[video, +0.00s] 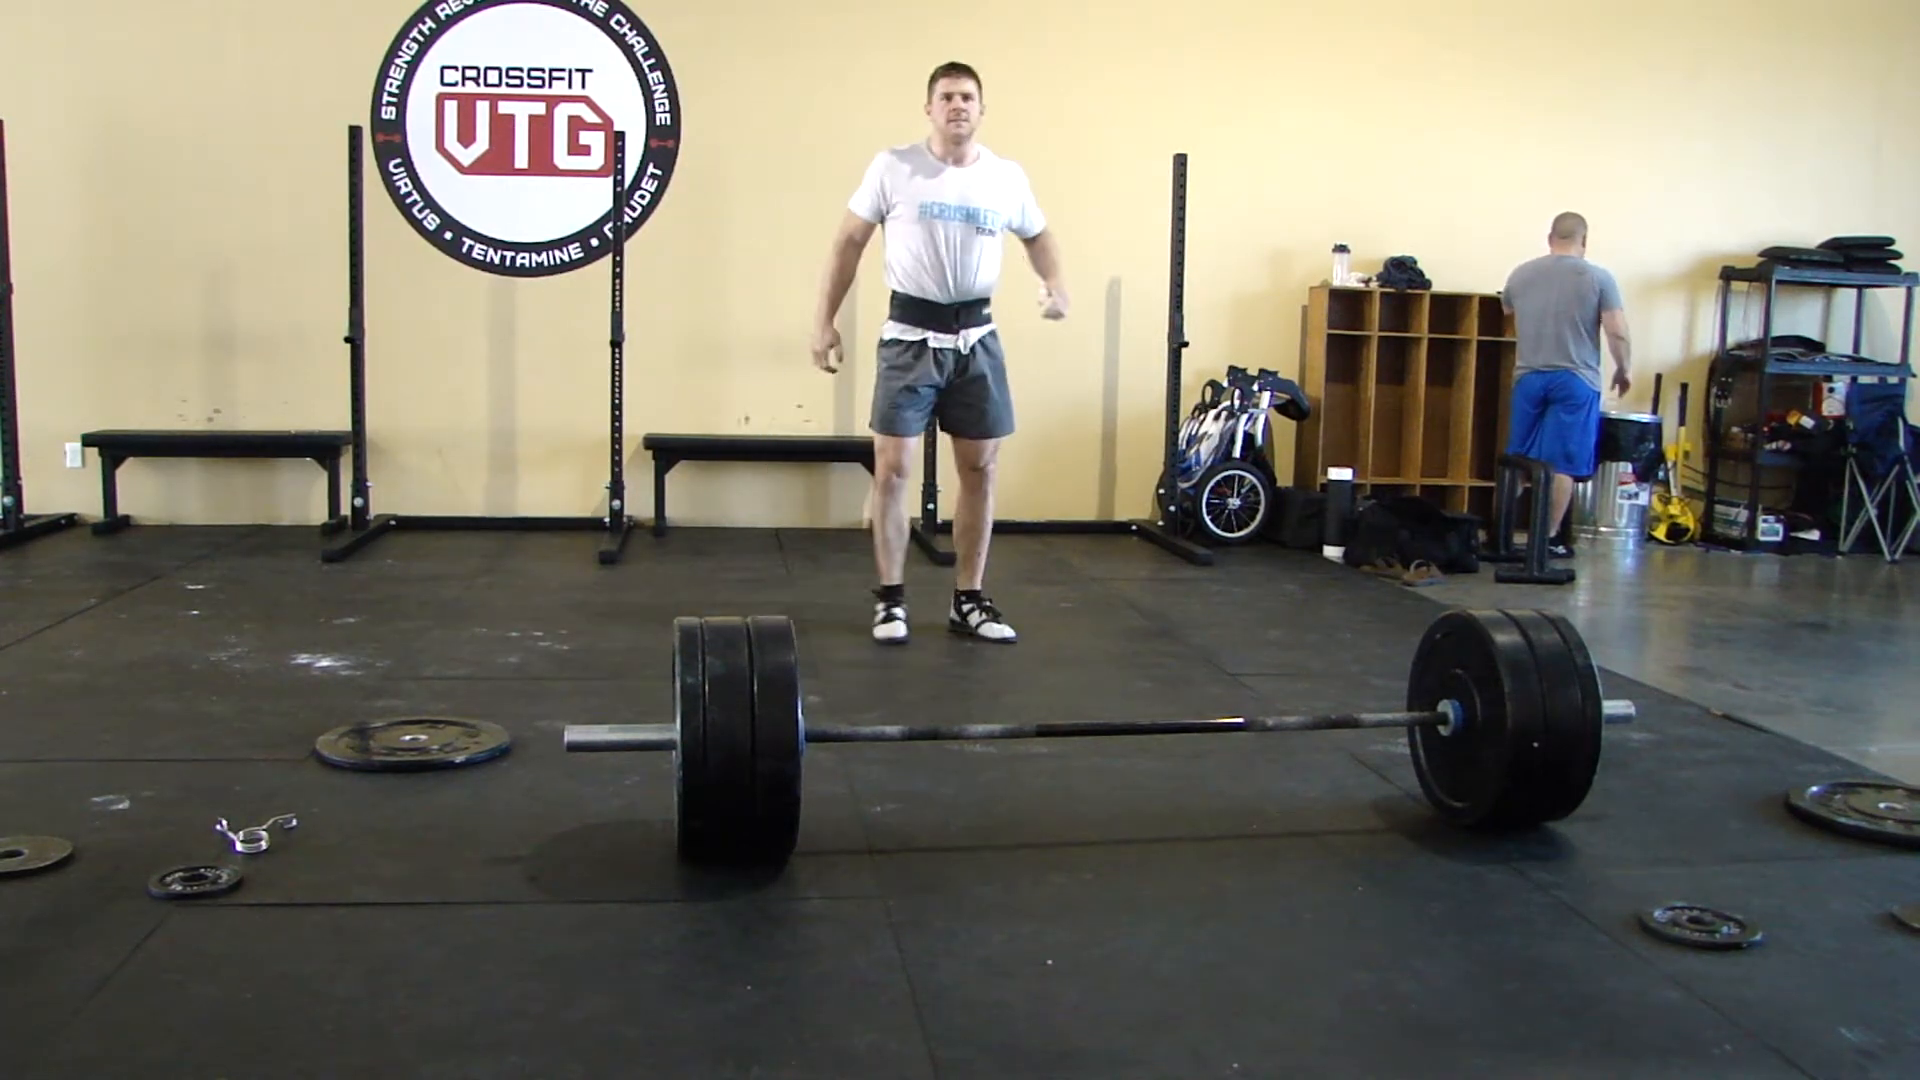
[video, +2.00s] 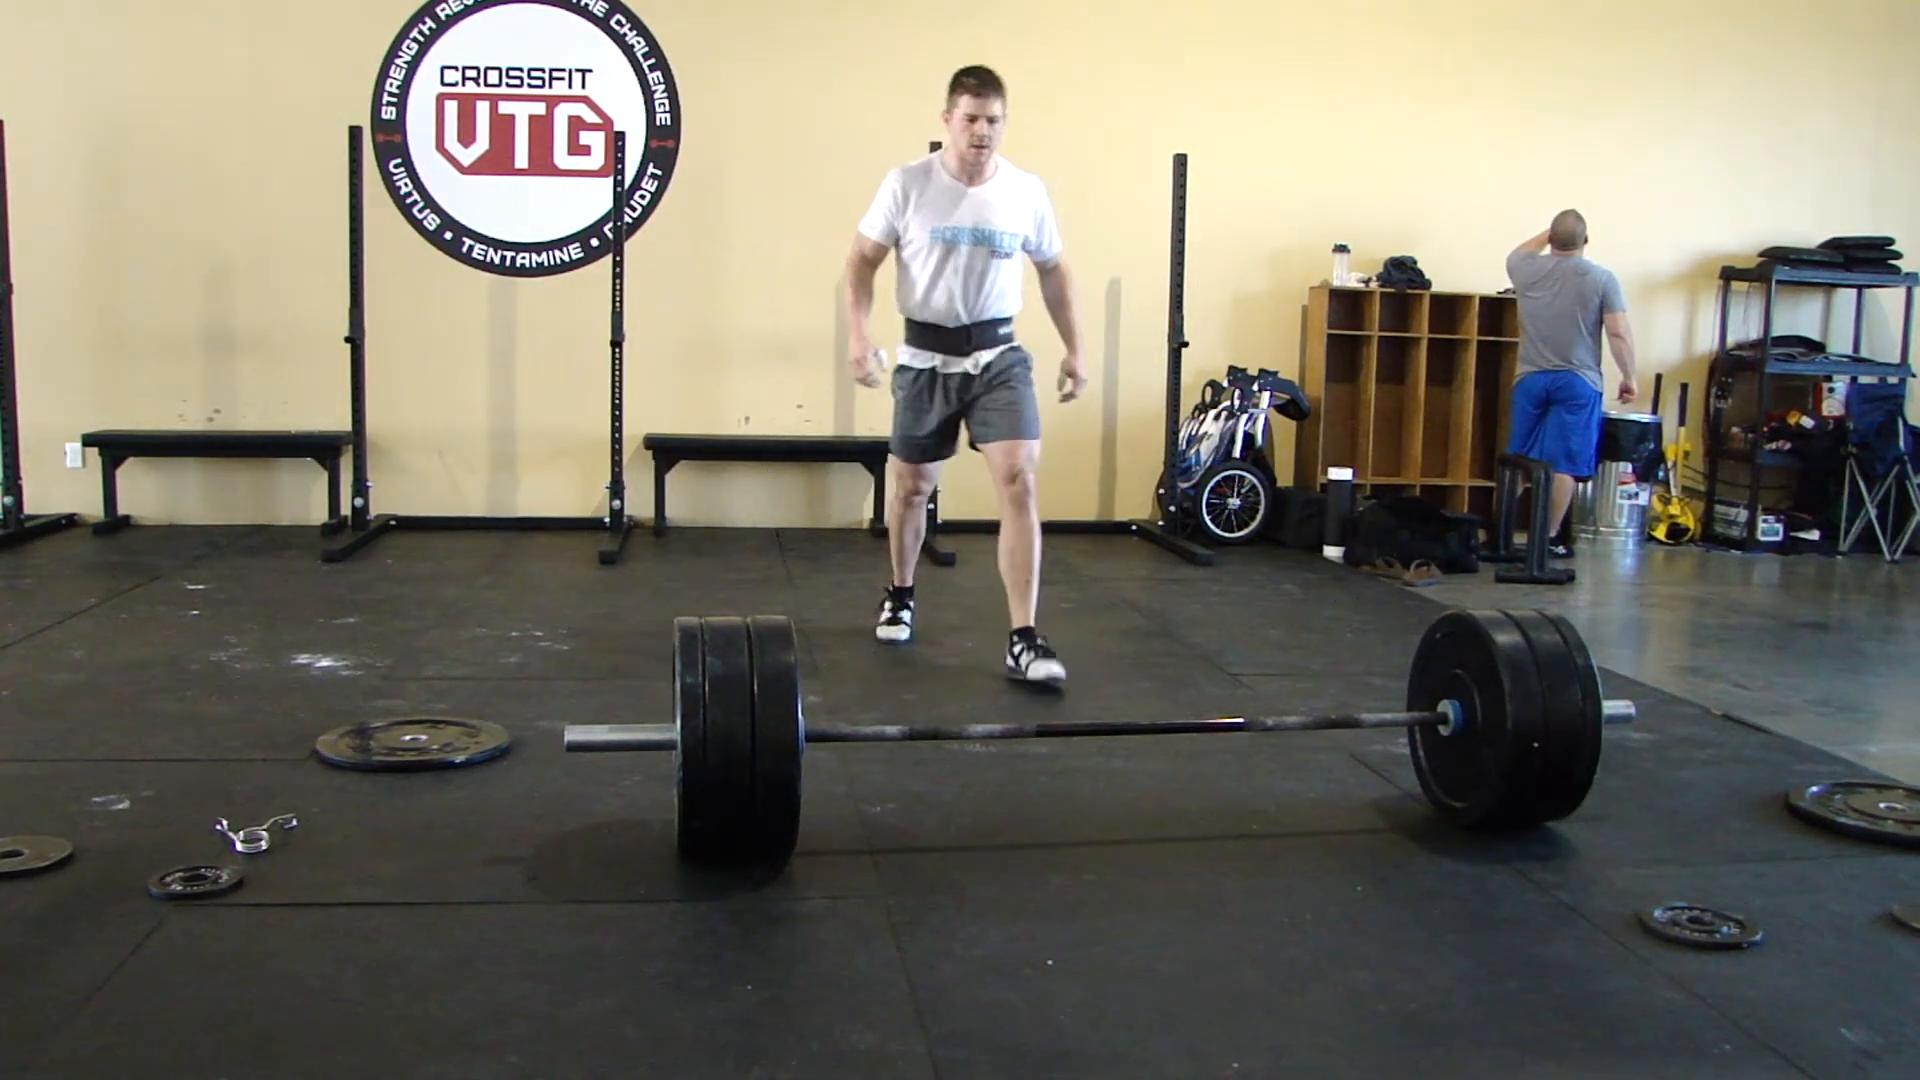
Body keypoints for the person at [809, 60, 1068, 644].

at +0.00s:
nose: (958, 106)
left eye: (967, 98)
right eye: (948, 98)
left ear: (981, 110)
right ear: (928, 109)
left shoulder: (1005, 177)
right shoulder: (893, 169)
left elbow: (1037, 236)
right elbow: (850, 242)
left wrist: (1054, 283)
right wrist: (825, 321)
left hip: (977, 342)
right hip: (909, 340)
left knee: (979, 472)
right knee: (893, 470)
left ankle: (969, 601)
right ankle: (890, 600)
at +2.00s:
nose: (983, 132)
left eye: (993, 121)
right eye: (972, 119)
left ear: (1005, 125)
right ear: (946, 120)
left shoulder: (1026, 192)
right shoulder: (907, 186)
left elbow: (1053, 271)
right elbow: (861, 264)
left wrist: (1074, 349)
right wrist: (857, 336)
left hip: (998, 361)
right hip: (923, 361)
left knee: (1020, 482)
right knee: (910, 488)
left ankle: (1025, 637)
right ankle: (900, 596)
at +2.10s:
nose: (1004, 124)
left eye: (1015, 112)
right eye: (993, 111)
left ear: (1028, 116)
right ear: (968, 111)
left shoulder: (1050, 187)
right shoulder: (927, 176)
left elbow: (1075, 269)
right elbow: (881, 252)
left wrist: (1095, 350)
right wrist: (874, 328)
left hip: (1017, 357)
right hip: (940, 357)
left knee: (1035, 485)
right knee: (914, 495)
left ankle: (1027, 640)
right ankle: (907, 583)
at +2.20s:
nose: (1019, 112)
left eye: (1030, 100)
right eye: (1008, 99)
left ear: (1045, 104)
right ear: (985, 99)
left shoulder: (1069, 175)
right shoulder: (942, 162)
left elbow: (1097, 258)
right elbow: (895, 240)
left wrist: (1119, 342)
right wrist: (883, 322)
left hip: (1034, 356)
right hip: (954, 354)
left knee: (1045, 491)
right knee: (924, 502)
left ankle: (1028, 643)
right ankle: (933, 571)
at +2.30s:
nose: (1030, 100)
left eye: (1042, 88)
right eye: (1019, 86)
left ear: (1058, 90)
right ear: (996, 85)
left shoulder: (1085, 161)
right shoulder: (953, 148)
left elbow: (1117, 242)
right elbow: (905, 228)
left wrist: (1144, 319)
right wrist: (885, 312)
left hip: (1045, 347)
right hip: (965, 343)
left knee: (1045, 493)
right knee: (947, 488)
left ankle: (1028, 642)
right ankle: (955, 596)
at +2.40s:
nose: (1040, 94)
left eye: (1052, 82)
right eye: (1029, 81)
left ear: (1068, 83)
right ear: (1005, 79)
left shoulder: (1097, 155)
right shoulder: (960, 142)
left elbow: (1135, 231)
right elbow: (909, 223)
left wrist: (1168, 303)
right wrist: (882, 310)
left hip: (1055, 346)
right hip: (978, 341)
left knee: (1042, 499)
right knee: (964, 486)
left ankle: (1028, 644)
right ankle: (973, 647)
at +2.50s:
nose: (1046, 101)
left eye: (1059, 88)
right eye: (1035, 87)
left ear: (1076, 89)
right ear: (1011, 84)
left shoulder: (1104, 163)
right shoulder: (965, 151)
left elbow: (1151, 238)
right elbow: (911, 231)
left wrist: (1182, 303)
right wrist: (879, 325)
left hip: (1064, 356)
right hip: (989, 351)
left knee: (1044, 507)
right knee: (989, 499)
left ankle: (1027, 642)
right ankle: (981, 668)